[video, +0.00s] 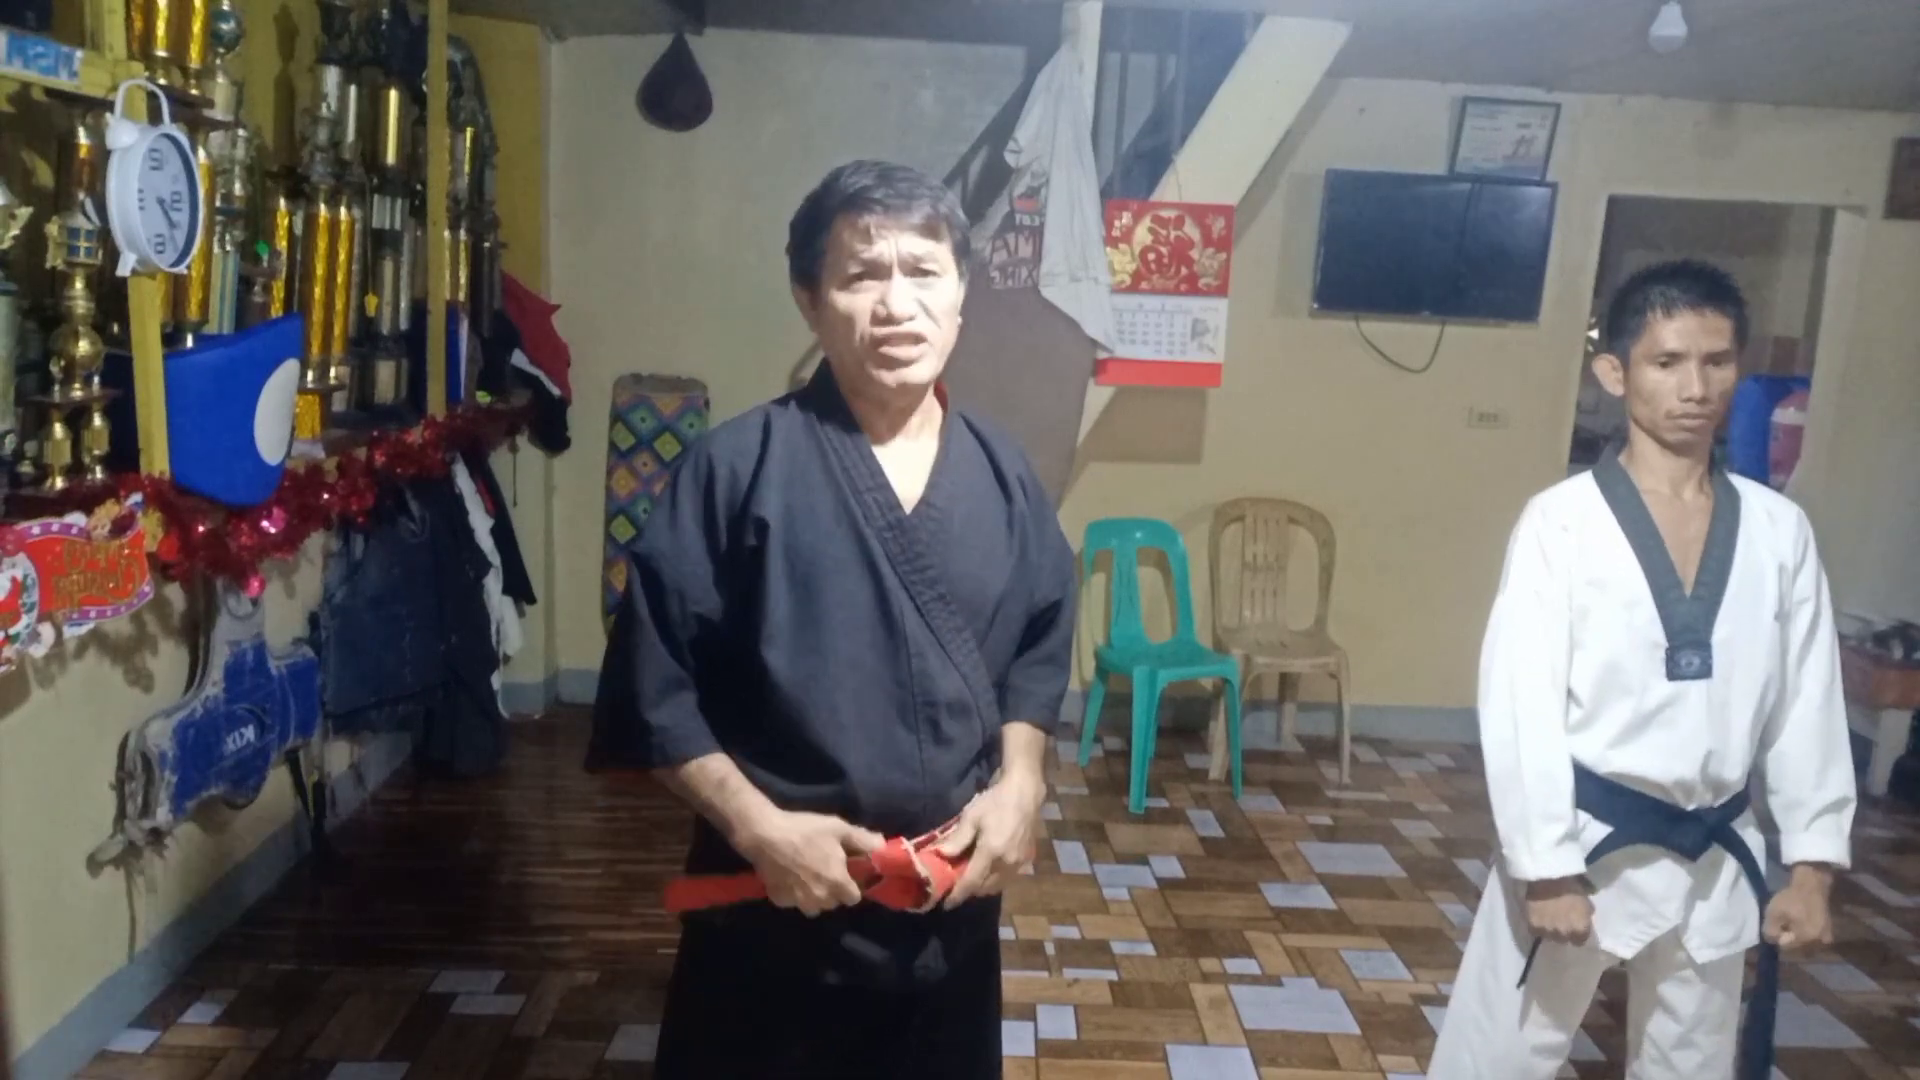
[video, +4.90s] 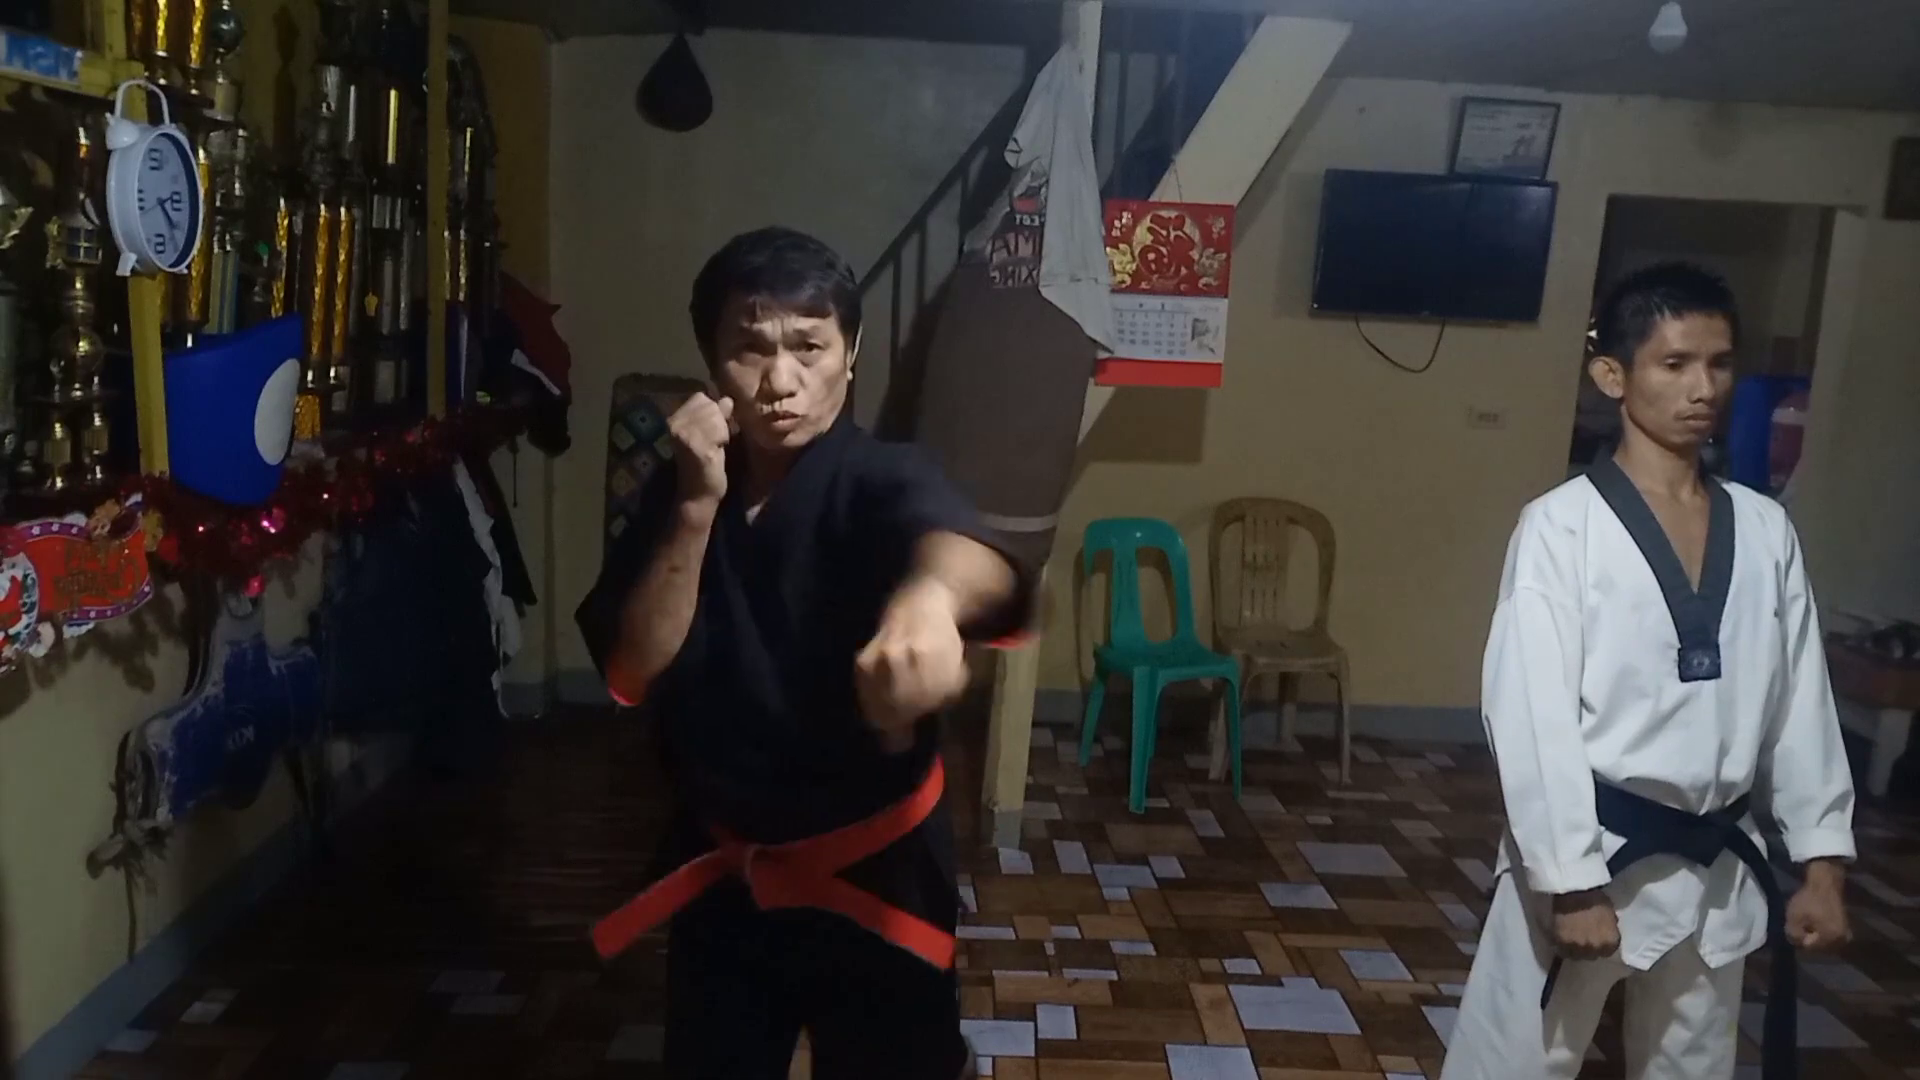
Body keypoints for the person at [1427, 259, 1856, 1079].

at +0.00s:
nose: (1697, 386)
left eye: (1717, 360)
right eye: (1667, 361)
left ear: (1738, 369)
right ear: (1612, 374)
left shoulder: (1780, 529)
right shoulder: (1559, 523)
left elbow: (1809, 704)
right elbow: (1519, 702)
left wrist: (1814, 864)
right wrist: (1546, 867)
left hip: (1720, 863)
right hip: (1580, 856)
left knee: (1692, 1070)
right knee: (1495, 1063)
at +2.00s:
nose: (1707, 388)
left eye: (1721, 364)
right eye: (1677, 364)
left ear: (1736, 371)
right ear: (1613, 376)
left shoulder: (1769, 529)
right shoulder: (1559, 528)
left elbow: (1806, 701)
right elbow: (1529, 712)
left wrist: (1829, 864)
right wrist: (1570, 881)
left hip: (1720, 870)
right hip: (1585, 866)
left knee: (1693, 1070)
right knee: (1523, 1065)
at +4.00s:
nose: (1715, 392)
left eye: (1731, 367)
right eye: (1687, 367)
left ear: (1746, 374)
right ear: (1621, 378)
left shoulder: (1774, 531)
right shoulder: (1567, 530)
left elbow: (1806, 708)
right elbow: (1535, 714)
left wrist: (1824, 870)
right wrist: (1580, 889)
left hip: (1722, 876)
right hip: (1586, 871)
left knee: (1694, 1070)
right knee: (1523, 1066)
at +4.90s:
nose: (1705, 388)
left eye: (1719, 363)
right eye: (1675, 364)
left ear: (1734, 371)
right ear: (1612, 376)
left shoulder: (1765, 527)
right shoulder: (1559, 526)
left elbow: (1801, 700)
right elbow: (1531, 710)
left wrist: (1823, 862)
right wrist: (1575, 881)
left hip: (1717, 871)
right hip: (1581, 868)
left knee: (1692, 1070)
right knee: (1519, 1066)